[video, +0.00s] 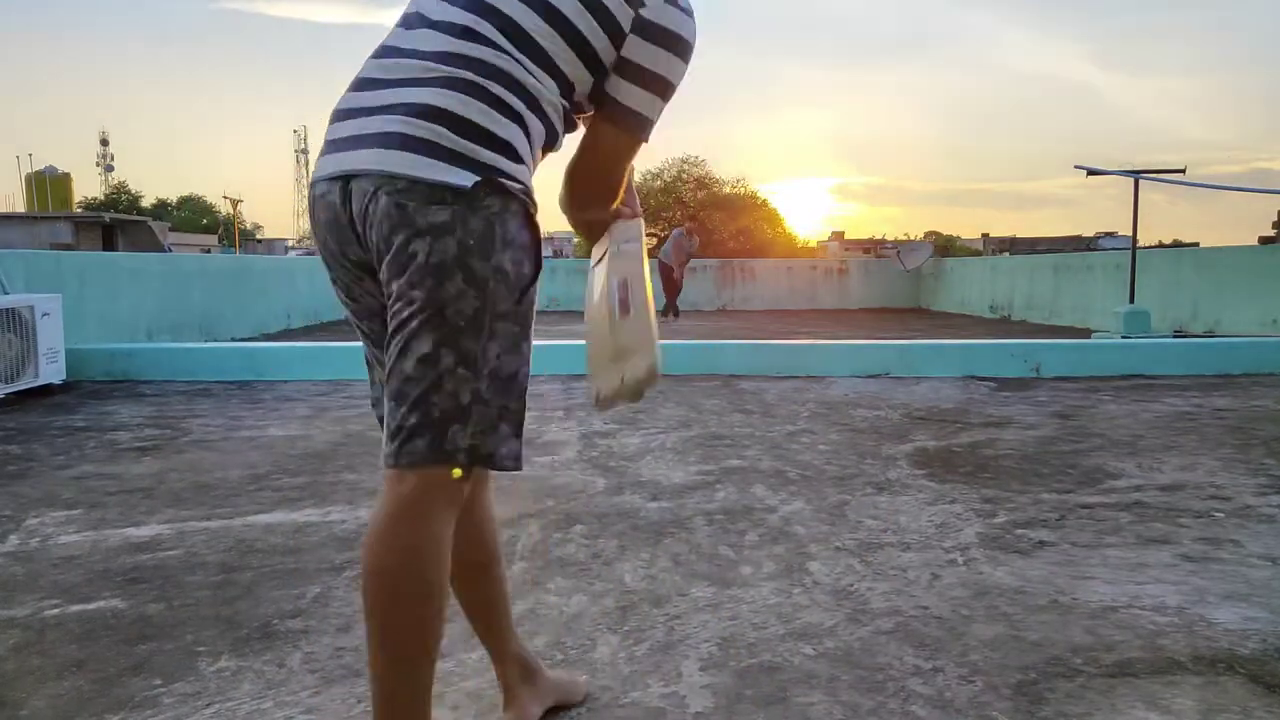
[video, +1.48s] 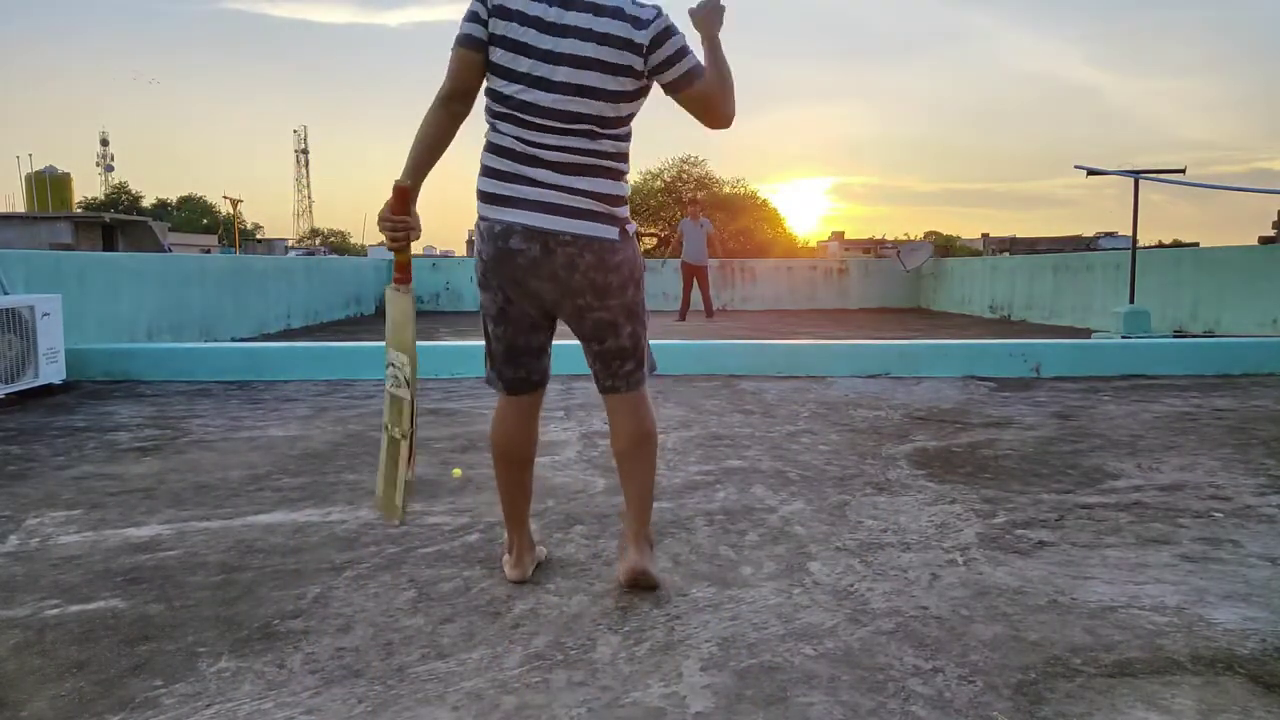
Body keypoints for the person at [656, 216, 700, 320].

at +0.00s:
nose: (690, 225)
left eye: (693, 223)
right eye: (689, 222)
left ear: (696, 225)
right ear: (685, 223)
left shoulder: (695, 240)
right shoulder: (677, 234)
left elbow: (689, 256)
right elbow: (674, 253)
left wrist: (682, 268)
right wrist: (676, 268)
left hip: (678, 263)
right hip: (666, 260)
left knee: (678, 286)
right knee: (668, 286)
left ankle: (665, 311)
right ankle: (675, 311)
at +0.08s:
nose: (691, 219)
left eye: (694, 216)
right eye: (689, 215)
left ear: (696, 218)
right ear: (684, 216)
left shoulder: (697, 233)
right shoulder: (676, 229)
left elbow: (695, 250)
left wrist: (690, 263)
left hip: (683, 261)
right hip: (669, 259)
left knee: (684, 286)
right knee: (671, 287)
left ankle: (671, 310)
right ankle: (675, 313)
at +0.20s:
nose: (692, 211)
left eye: (695, 208)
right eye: (690, 208)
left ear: (698, 211)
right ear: (686, 210)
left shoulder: (700, 225)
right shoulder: (680, 222)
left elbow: (702, 241)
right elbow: (670, 233)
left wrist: (702, 256)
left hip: (689, 258)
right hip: (675, 257)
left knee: (691, 285)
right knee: (675, 287)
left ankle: (685, 312)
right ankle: (675, 314)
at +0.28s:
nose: (695, 210)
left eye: (698, 208)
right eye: (693, 207)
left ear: (701, 210)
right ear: (689, 209)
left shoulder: (703, 224)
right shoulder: (682, 220)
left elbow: (708, 240)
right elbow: (671, 228)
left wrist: (710, 254)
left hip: (693, 258)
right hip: (679, 256)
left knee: (696, 286)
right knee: (677, 287)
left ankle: (701, 313)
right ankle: (676, 314)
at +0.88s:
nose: (696, 209)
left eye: (698, 206)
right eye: (694, 206)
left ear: (702, 208)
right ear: (690, 208)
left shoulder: (709, 224)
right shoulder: (686, 223)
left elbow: (717, 239)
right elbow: (674, 233)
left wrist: (717, 251)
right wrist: (668, 229)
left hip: (703, 261)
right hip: (688, 260)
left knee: (706, 291)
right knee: (686, 290)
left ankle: (710, 314)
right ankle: (683, 315)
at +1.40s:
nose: (693, 210)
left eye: (696, 207)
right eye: (691, 207)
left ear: (700, 209)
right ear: (688, 209)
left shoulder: (705, 222)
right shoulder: (684, 222)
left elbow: (716, 235)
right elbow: (673, 235)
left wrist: (718, 244)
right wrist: (661, 243)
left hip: (701, 261)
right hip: (687, 261)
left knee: (705, 290)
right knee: (686, 290)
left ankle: (709, 314)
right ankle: (682, 315)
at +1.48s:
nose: (693, 210)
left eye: (695, 207)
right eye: (691, 207)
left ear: (699, 208)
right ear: (688, 209)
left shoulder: (705, 223)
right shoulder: (684, 223)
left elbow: (714, 240)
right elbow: (677, 240)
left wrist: (720, 257)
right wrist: (667, 256)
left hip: (701, 262)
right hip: (687, 261)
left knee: (705, 291)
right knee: (686, 290)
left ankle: (710, 315)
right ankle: (682, 315)